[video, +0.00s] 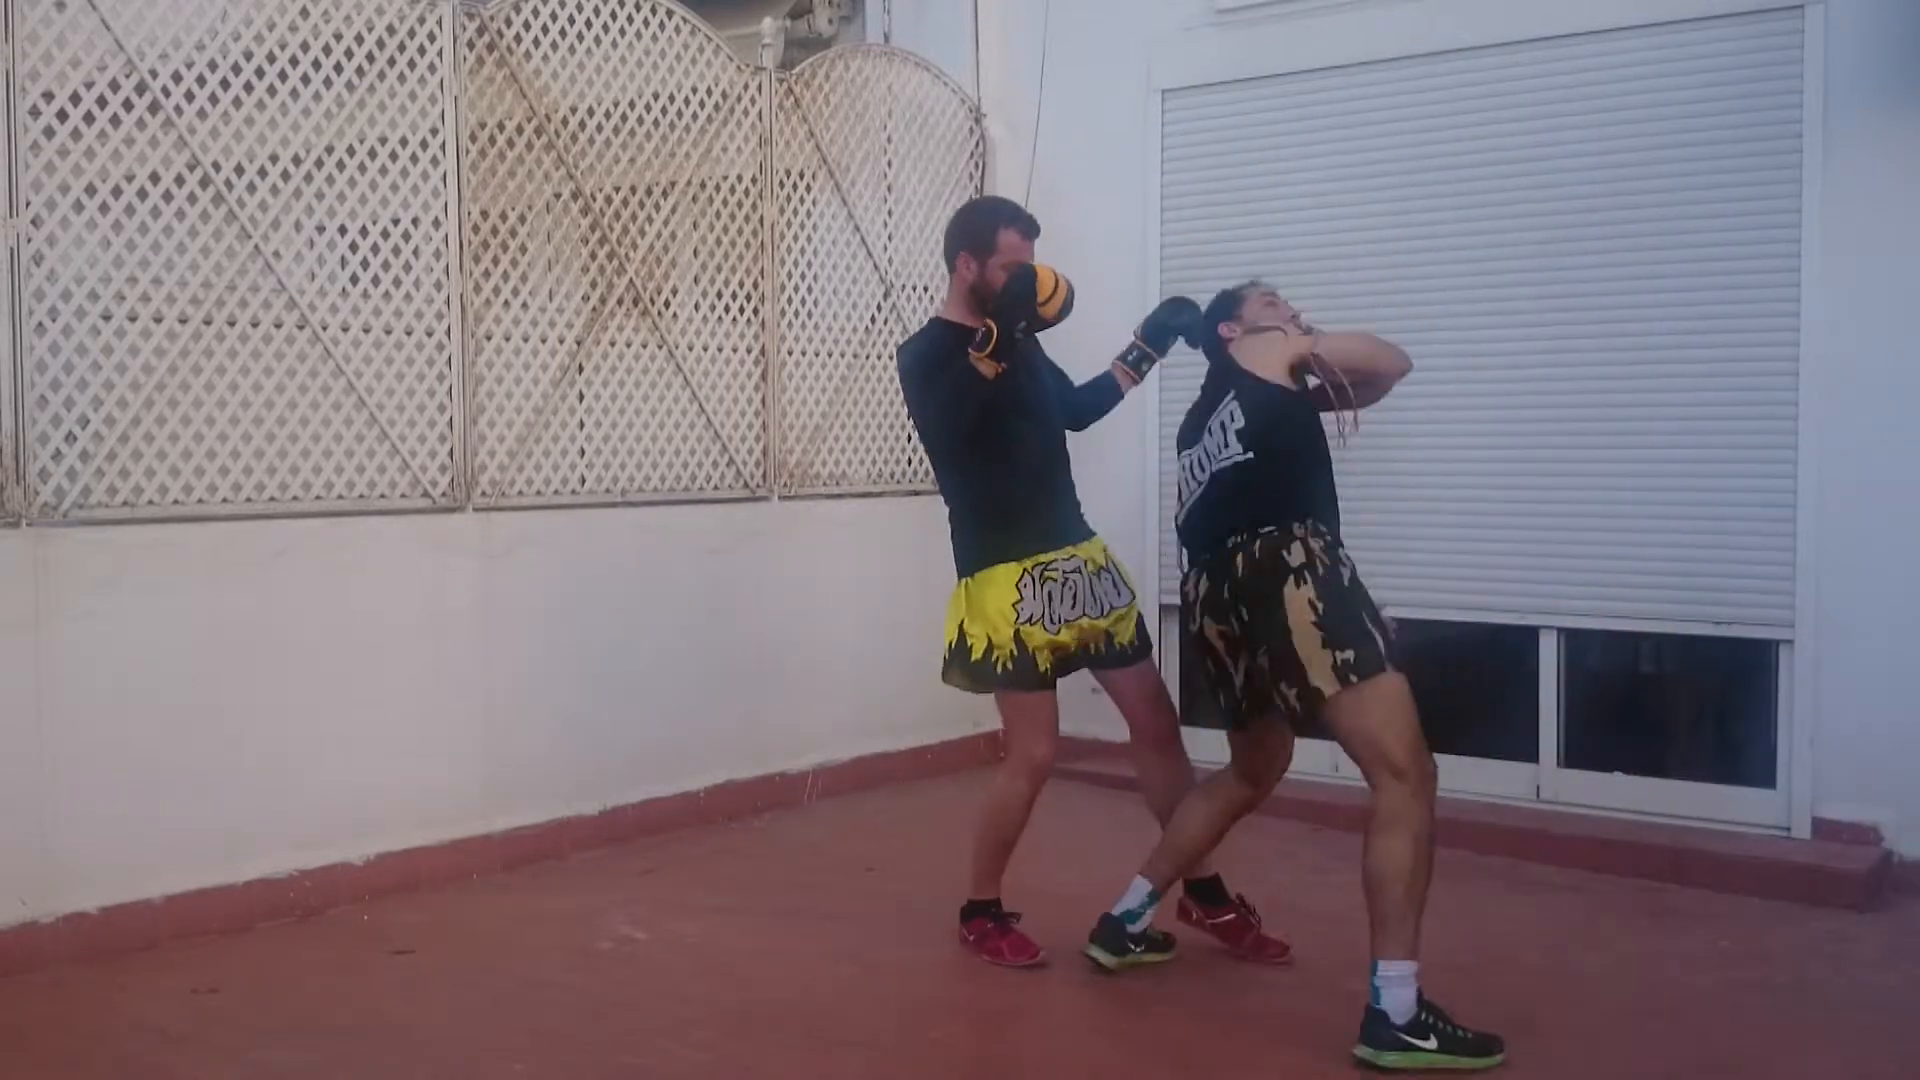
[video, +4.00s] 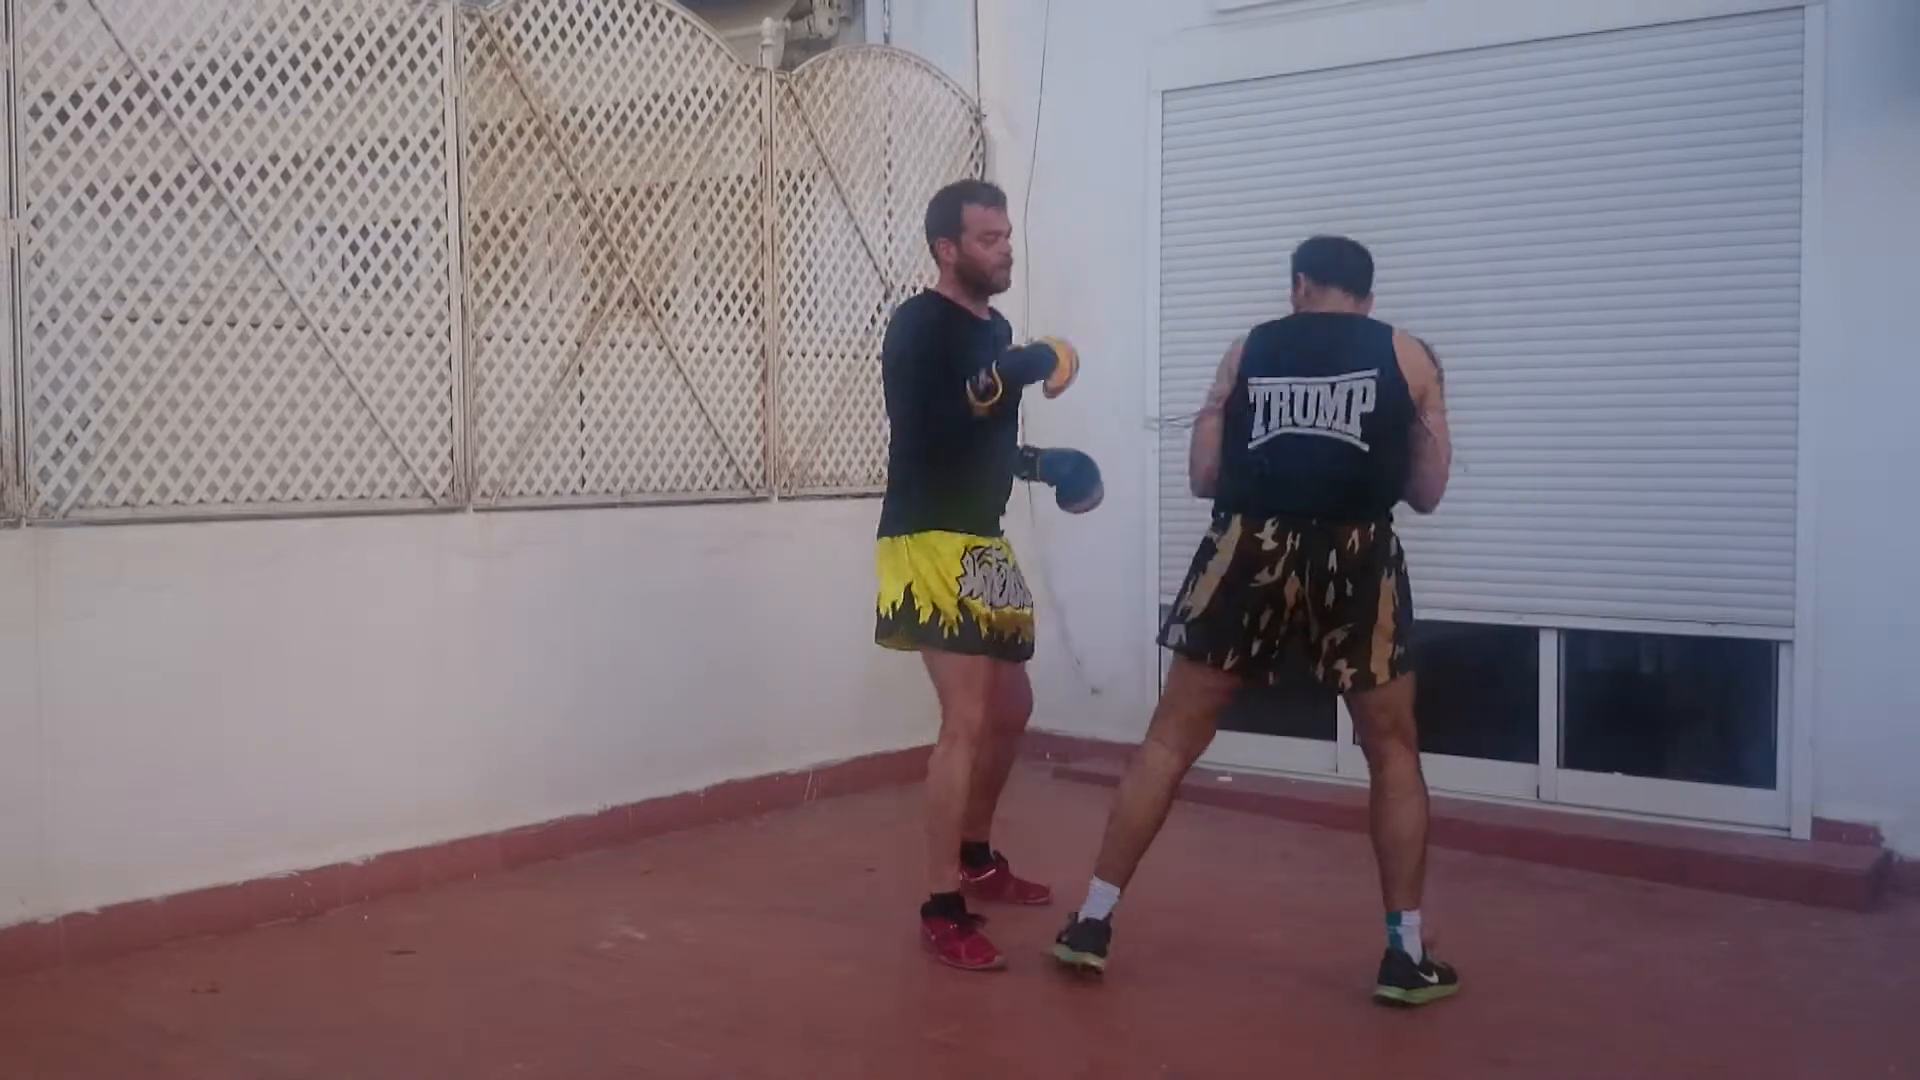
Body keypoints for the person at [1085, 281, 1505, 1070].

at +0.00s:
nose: (1294, 310)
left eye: (1289, 301)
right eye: (1276, 300)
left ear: (1223, 345)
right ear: (1232, 326)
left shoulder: (1198, 427)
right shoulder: (1263, 350)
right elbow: (1390, 361)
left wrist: (1316, 385)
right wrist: (1318, 361)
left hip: (1220, 593)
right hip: (1294, 572)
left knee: (1252, 769)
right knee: (1405, 774)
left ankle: (1123, 922)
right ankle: (1396, 1013)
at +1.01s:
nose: (1333, 286)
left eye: (1332, 273)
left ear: (1331, 274)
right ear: (1410, 281)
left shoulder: (1285, 343)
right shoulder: (1456, 353)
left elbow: (1222, 464)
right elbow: (1490, 492)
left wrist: (1292, 417)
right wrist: (1478, 408)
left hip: (1301, 574)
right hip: (1419, 579)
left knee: (1232, 750)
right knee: (1458, 779)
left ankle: (1160, 922)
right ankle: (1455, 995)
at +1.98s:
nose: (1409, 244)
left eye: (1412, 227)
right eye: (1409, 229)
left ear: (1446, 220)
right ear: (1500, 225)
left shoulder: (1456, 294)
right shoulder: (1570, 301)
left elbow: (1376, 421)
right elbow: (1518, 395)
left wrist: (1332, 338)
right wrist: (1434, 333)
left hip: (1487, 560)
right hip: (1590, 565)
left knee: (1389, 772)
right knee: (1595, 794)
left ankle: (1408, 1016)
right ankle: (1632, 1019)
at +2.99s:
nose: (1136, 453)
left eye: (1135, 447)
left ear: (1144, 441)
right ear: (1197, 404)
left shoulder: (1139, 485)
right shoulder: (1260, 406)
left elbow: (1104, 626)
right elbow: (1339, 492)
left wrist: (1138, 645)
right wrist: (1262, 481)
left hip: (1204, 582)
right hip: (1312, 561)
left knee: (1159, 750)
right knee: (1425, 765)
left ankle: (1091, 931)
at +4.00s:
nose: (1292, 302)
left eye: (1292, 290)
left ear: (1298, 289)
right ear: (1369, 295)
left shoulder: (1248, 348)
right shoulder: (1410, 356)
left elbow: (1204, 473)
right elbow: (1427, 491)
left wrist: (1278, 453)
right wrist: (1378, 431)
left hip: (1248, 551)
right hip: (1358, 559)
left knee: (1172, 738)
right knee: (1392, 748)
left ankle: (1092, 921)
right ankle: (1406, 954)